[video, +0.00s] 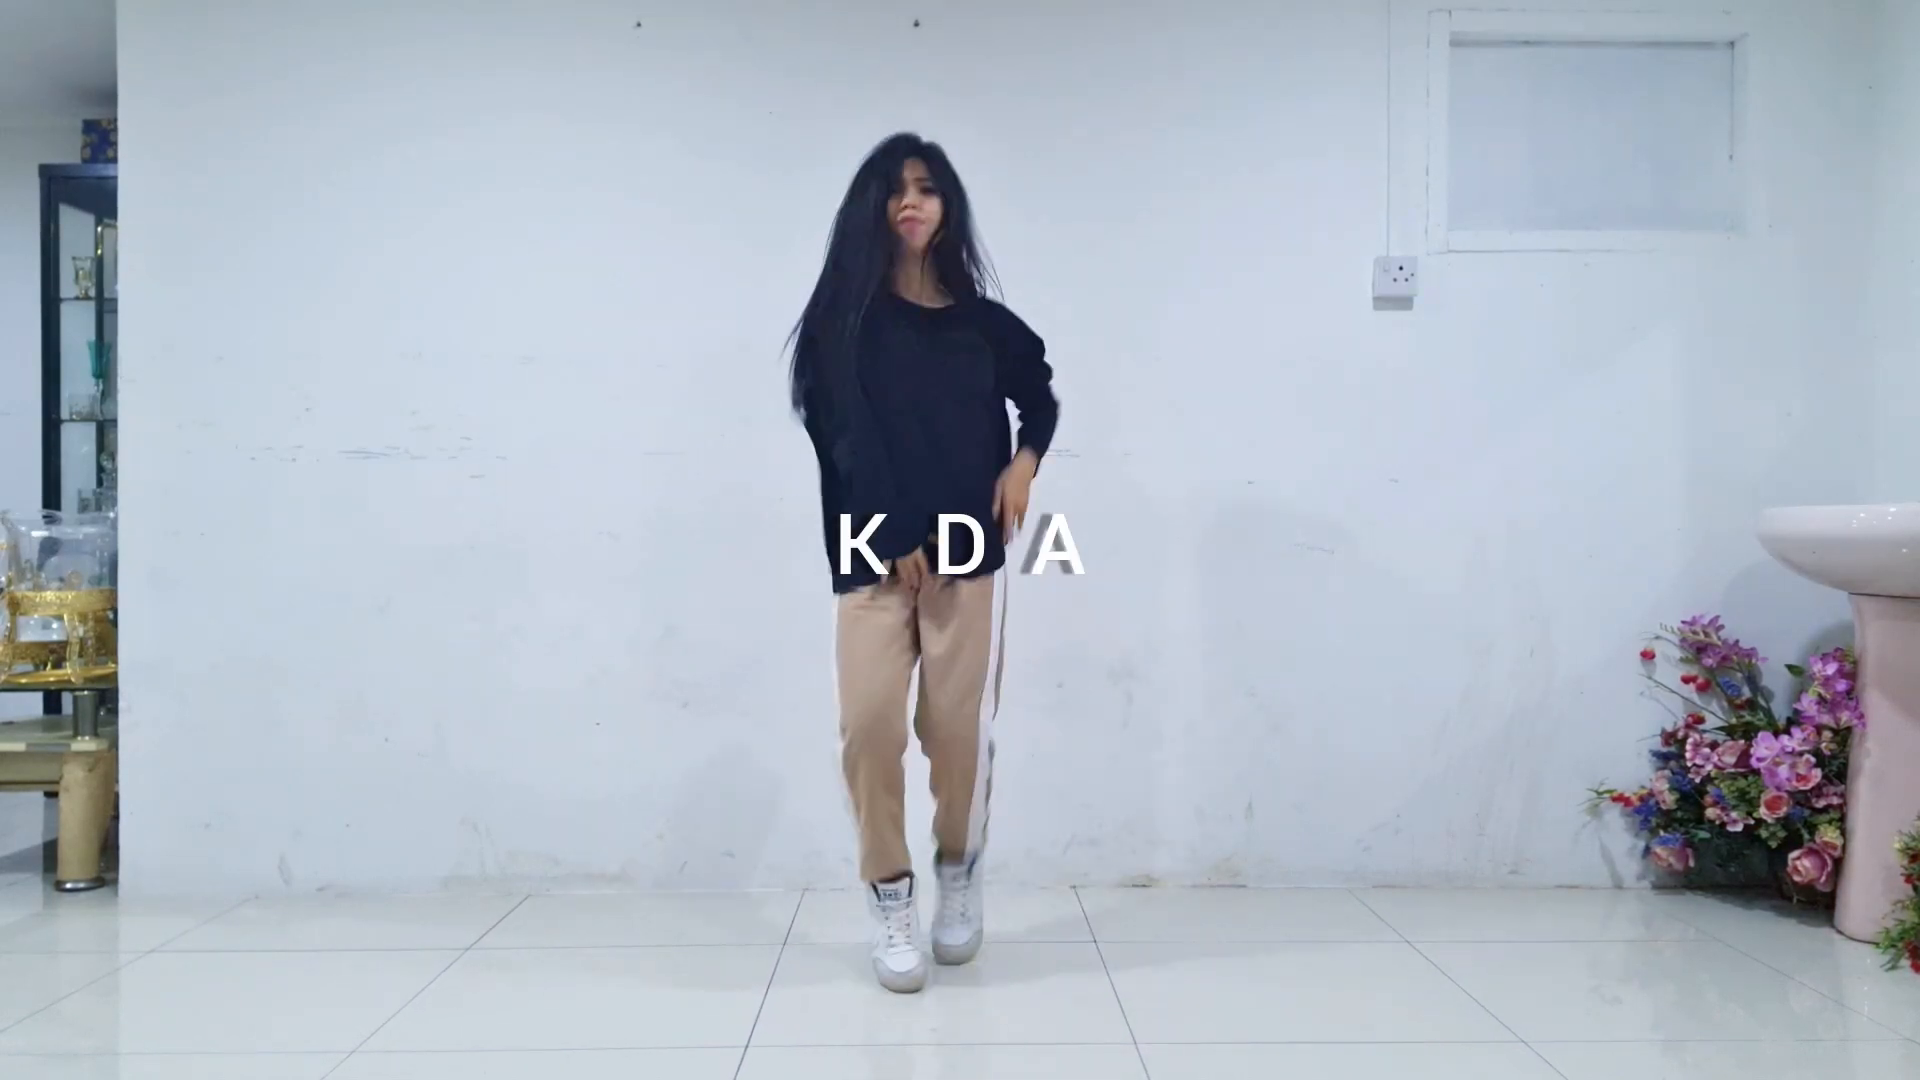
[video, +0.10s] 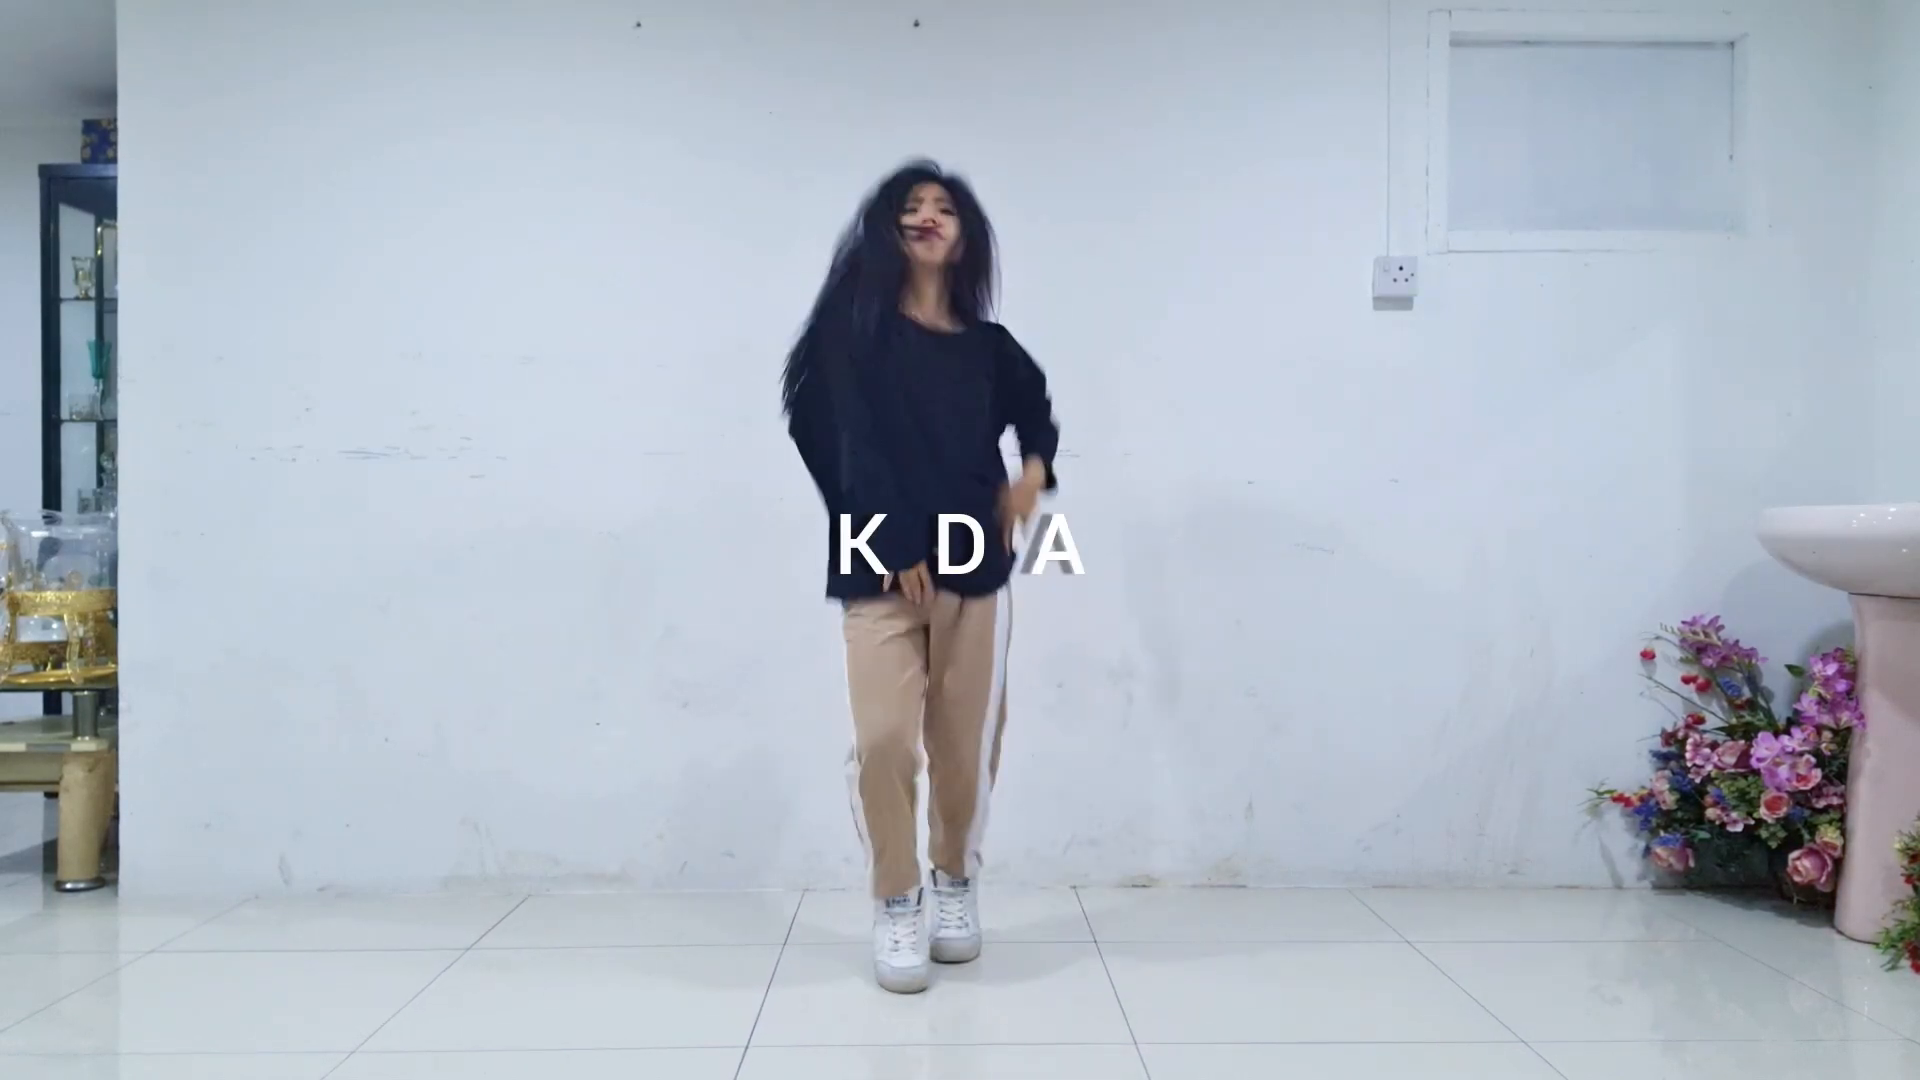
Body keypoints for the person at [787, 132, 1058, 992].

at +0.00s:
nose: (913, 204)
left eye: (927, 191)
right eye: (896, 191)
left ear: (948, 206)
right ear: (871, 208)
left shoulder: (982, 317)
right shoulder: (837, 316)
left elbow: (1040, 398)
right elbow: (835, 433)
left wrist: (1024, 466)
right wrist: (884, 532)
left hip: (964, 547)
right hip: (870, 548)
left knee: (953, 722)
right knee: (869, 723)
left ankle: (955, 869)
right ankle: (891, 902)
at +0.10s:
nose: (930, 220)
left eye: (946, 210)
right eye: (913, 209)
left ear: (966, 236)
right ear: (886, 229)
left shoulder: (987, 341)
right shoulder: (846, 326)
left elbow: (1036, 416)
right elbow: (819, 437)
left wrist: (1031, 480)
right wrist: (883, 536)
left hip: (972, 563)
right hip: (875, 565)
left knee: (959, 742)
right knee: (884, 738)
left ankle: (953, 875)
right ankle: (897, 905)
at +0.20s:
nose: (931, 220)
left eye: (946, 212)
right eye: (912, 213)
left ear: (968, 244)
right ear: (889, 242)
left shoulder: (1000, 343)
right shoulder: (855, 331)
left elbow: (1021, 437)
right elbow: (833, 448)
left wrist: (1038, 507)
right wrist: (895, 549)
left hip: (976, 558)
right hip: (879, 560)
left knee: (967, 743)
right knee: (882, 715)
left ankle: (955, 879)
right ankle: (906, 891)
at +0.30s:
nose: (929, 209)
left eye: (946, 202)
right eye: (912, 201)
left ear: (967, 234)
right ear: (888, 230)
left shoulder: (999, 315)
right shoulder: (853, 326)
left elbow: (1024, 423)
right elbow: (823, 434)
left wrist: (1022, 518)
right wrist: (874, 519)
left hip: (977, 556)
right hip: (879, 553)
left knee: (981, 728)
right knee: (911, 702)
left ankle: (960, 880)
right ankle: (905, 855)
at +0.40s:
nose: (919, 232)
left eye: (936, 223)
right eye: (903, 221)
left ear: (960, 246)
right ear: (876, 246)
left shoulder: (1000, 327)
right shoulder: (863, 346)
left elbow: (1066, 385)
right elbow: (818, 432)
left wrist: (1045, 451)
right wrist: (847, 498)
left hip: (972, 578)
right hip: (885, 574)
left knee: (977, 757)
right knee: (908, 751)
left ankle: (930, 890)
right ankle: (872, 897)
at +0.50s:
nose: (927, 264)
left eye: (943, 256)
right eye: (911, 251)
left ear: (962, 281)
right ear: (881, 272)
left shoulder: (997, 366)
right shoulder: (860, 387)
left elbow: (1066, 427)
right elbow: (823, 497)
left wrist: (1022, 453)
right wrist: (906, 545)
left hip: (976, 614)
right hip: (888, 612)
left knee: (978, 781)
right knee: (904, 774)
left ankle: (932, 897)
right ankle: (870, 912)